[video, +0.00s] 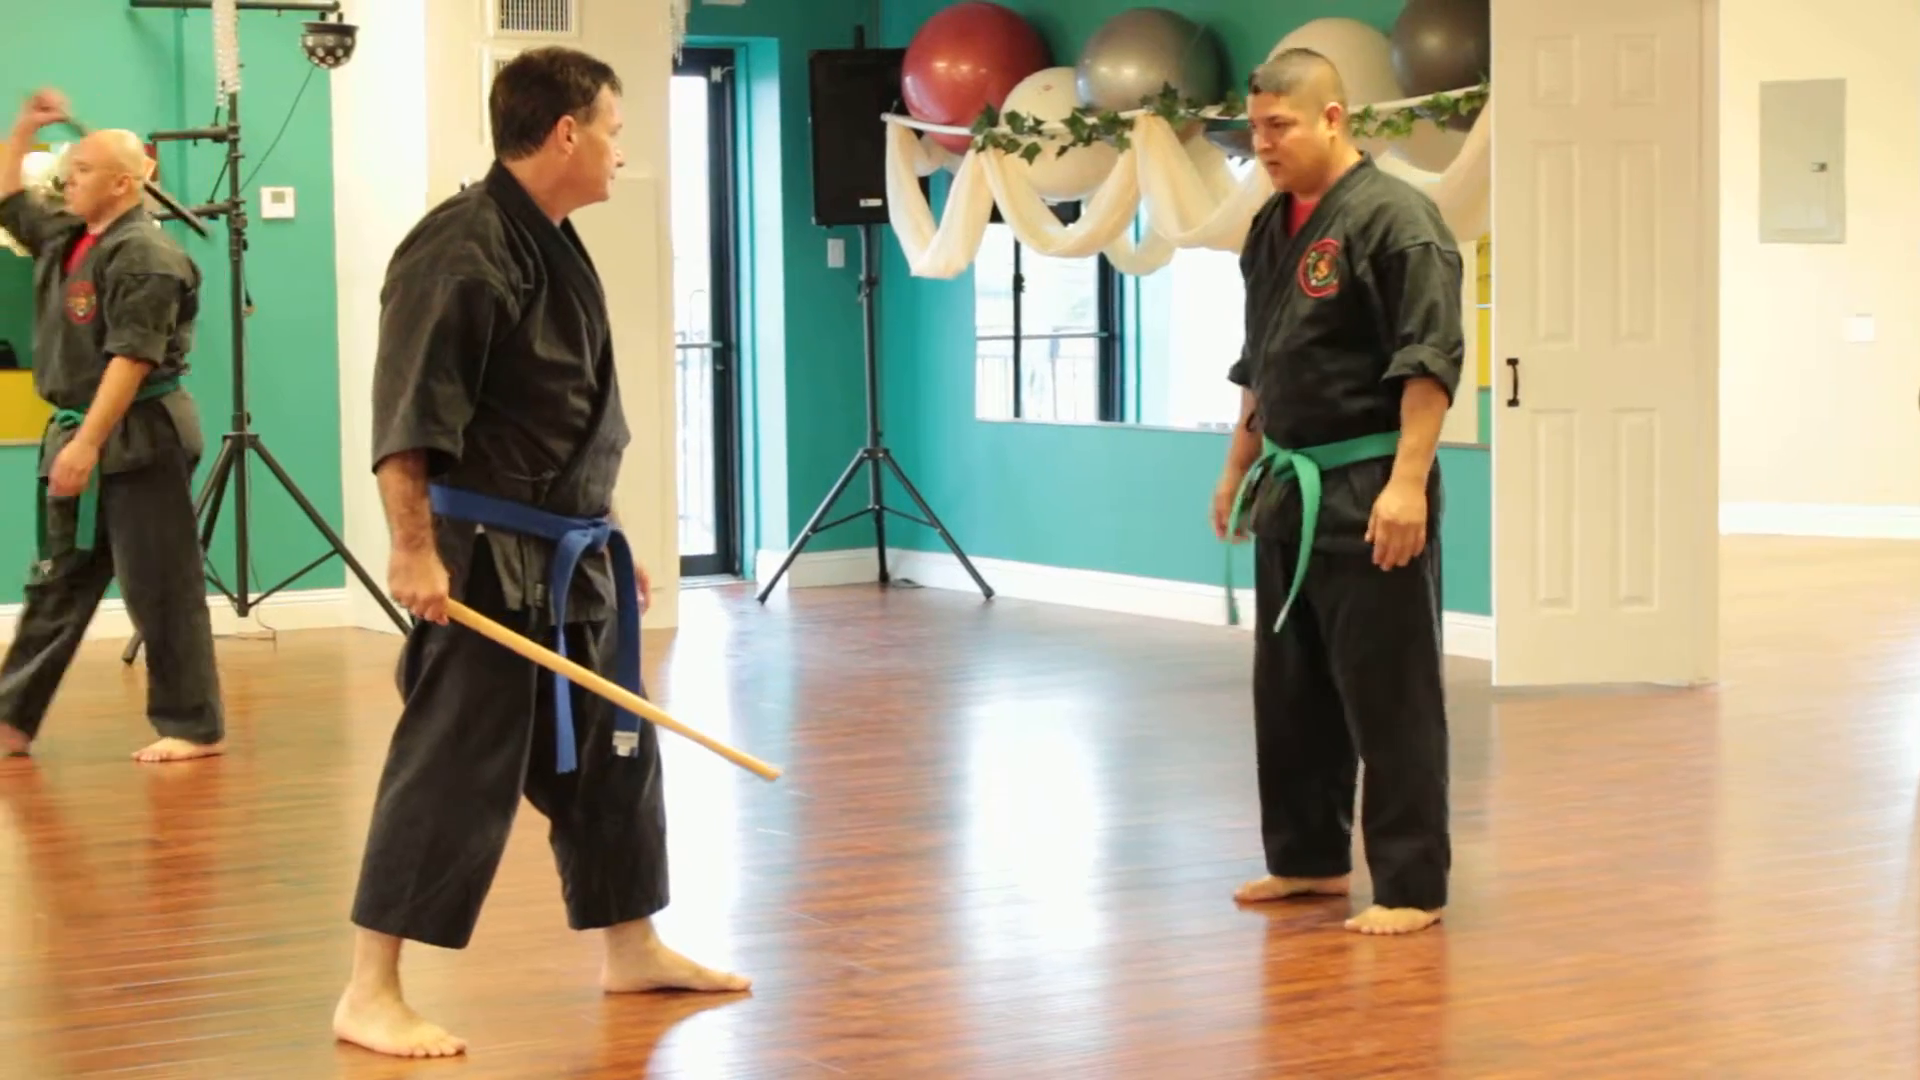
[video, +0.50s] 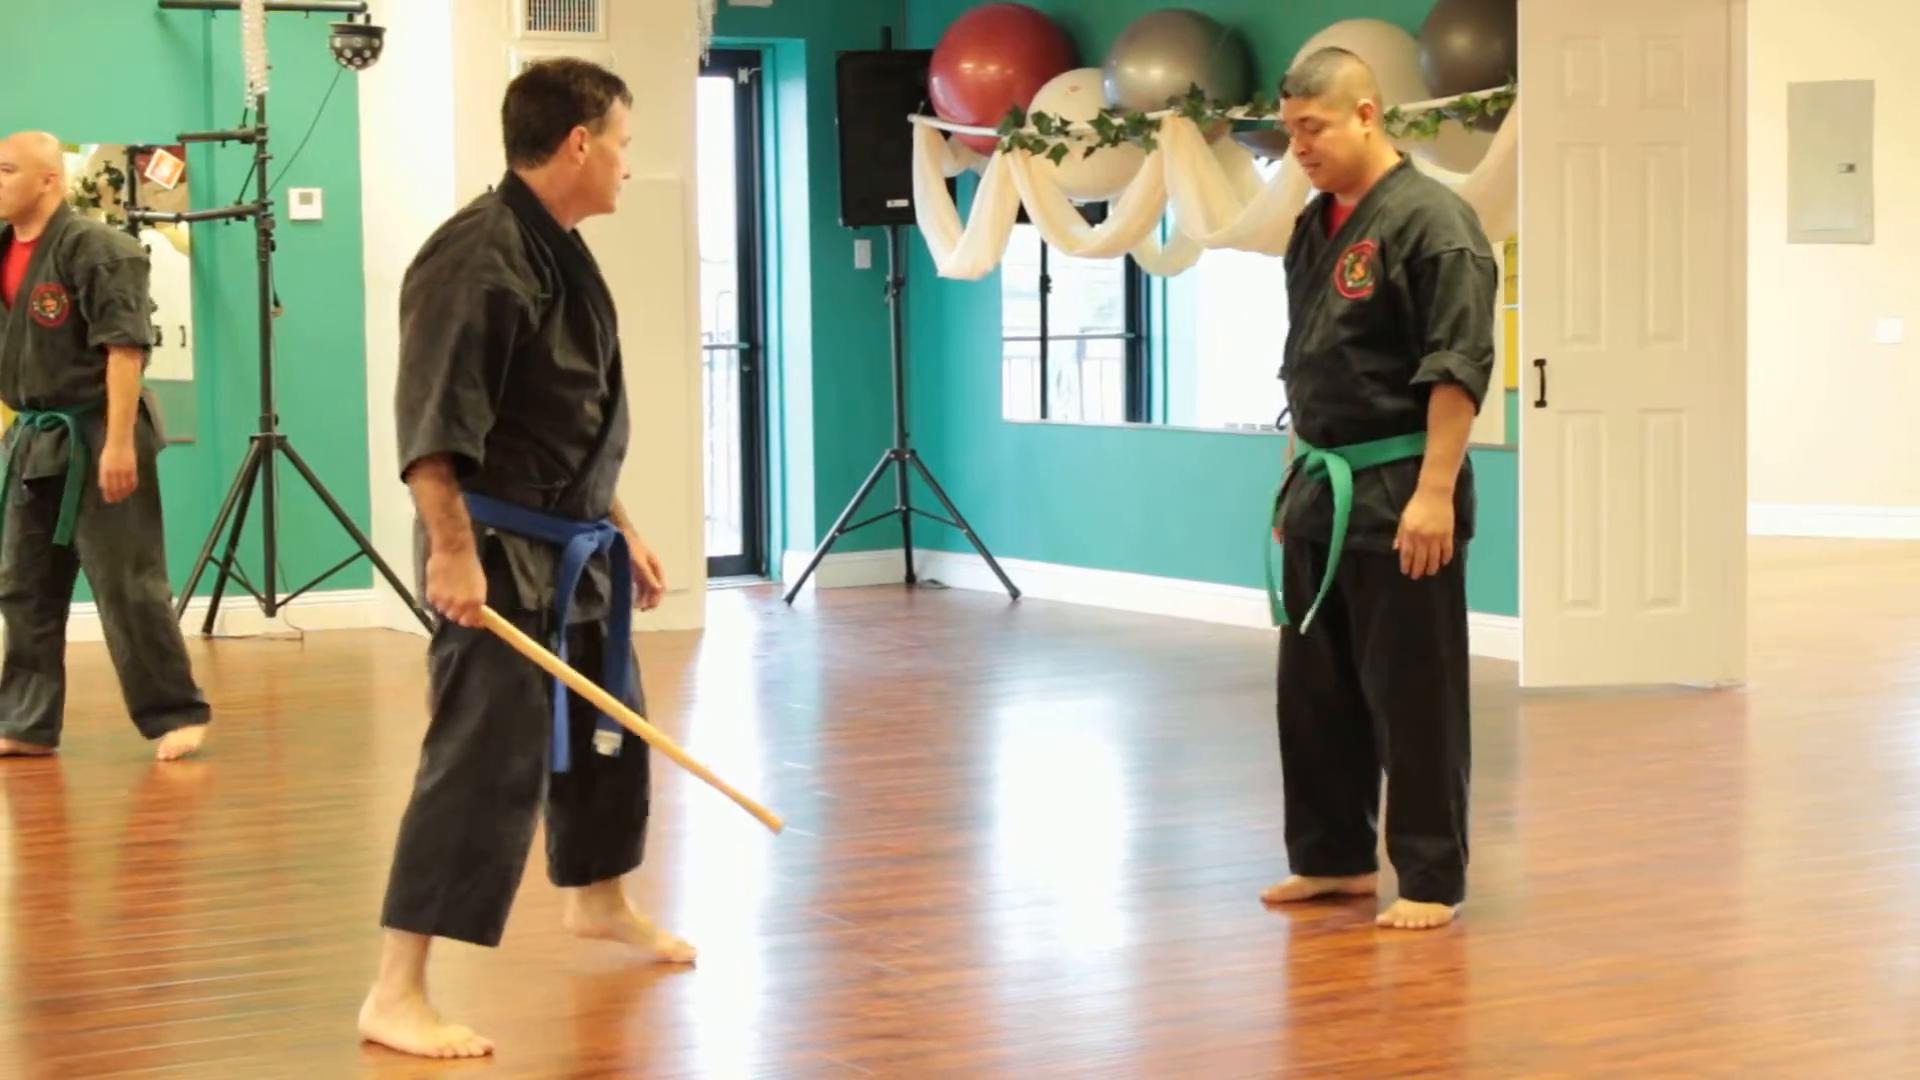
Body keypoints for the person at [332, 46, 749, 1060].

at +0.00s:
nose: (620, 156)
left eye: (619, 137)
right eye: (612, 136)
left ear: (556, 136)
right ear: (563, 134)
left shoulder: (552, 243)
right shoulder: (459, 248)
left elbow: (565, 418)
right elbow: (403, 412)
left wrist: (610, 542)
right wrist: (412, 547)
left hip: (579, 543)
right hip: (490, 546)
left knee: (612, 741)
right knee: (448, 758)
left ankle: (634, 951)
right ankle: (369, 993)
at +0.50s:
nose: (628, 166)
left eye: (628, 147)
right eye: (622, 146)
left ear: (569, 143)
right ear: (578, 144)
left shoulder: (564, 256)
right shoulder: (474, 256)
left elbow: (566, 422)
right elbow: (429, 420)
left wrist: (620, 528)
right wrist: (451, 546)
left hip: (580, 546)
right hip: (499, 547)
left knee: (605, 724)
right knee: (478, 755)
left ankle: (599, 906)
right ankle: (395, 993)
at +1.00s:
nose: (659, 168)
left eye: (657, 149)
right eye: (649, 148)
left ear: (598, 152)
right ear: (598, 148)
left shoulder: (595, 257)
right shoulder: (500, 244)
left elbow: (611, 413)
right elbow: (440, 392)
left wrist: (654, 529)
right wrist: (444, 524)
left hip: (586, 532)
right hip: (497, 527)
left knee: (607, 722)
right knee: (470, 733)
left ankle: (600, 920)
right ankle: (360, 943)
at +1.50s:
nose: (609, 173)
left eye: (608, 154)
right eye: (600, 154)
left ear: (551, 156)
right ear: (551, 156)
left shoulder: (558, 272)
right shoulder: (443, 260)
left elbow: (561, 430)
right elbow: (379, 410)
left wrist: (598, 541)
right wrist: (380, 539)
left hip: (553, 541)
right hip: (459, 540)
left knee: (598, 723)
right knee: (427, 743)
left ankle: (598, 926)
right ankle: (352, 964)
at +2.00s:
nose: (605, 175)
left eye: (605, 156)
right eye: (597, 155)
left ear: (548, 158)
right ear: (545, 156)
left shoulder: (559, 276)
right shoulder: (439, 262)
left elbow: (572, 428)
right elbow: (378, 412)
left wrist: (615, 539)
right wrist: (380, 541)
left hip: (558, 545)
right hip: (461, 543)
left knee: (600, 726)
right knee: (427, 747)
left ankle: (598, 926)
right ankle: (351, 967)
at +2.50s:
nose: (605, 175)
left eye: (604, 156)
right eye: (596, 156)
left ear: (548, 158)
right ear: (543, 156)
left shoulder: (564, 276)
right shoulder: (439, 261)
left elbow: (580, 428)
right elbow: (376, 409)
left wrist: (618, 539)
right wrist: (375, 542)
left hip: (559, 546)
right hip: (459, 543)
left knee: (600, 727)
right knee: (427, 747)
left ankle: (598, 928)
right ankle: (352, 967)